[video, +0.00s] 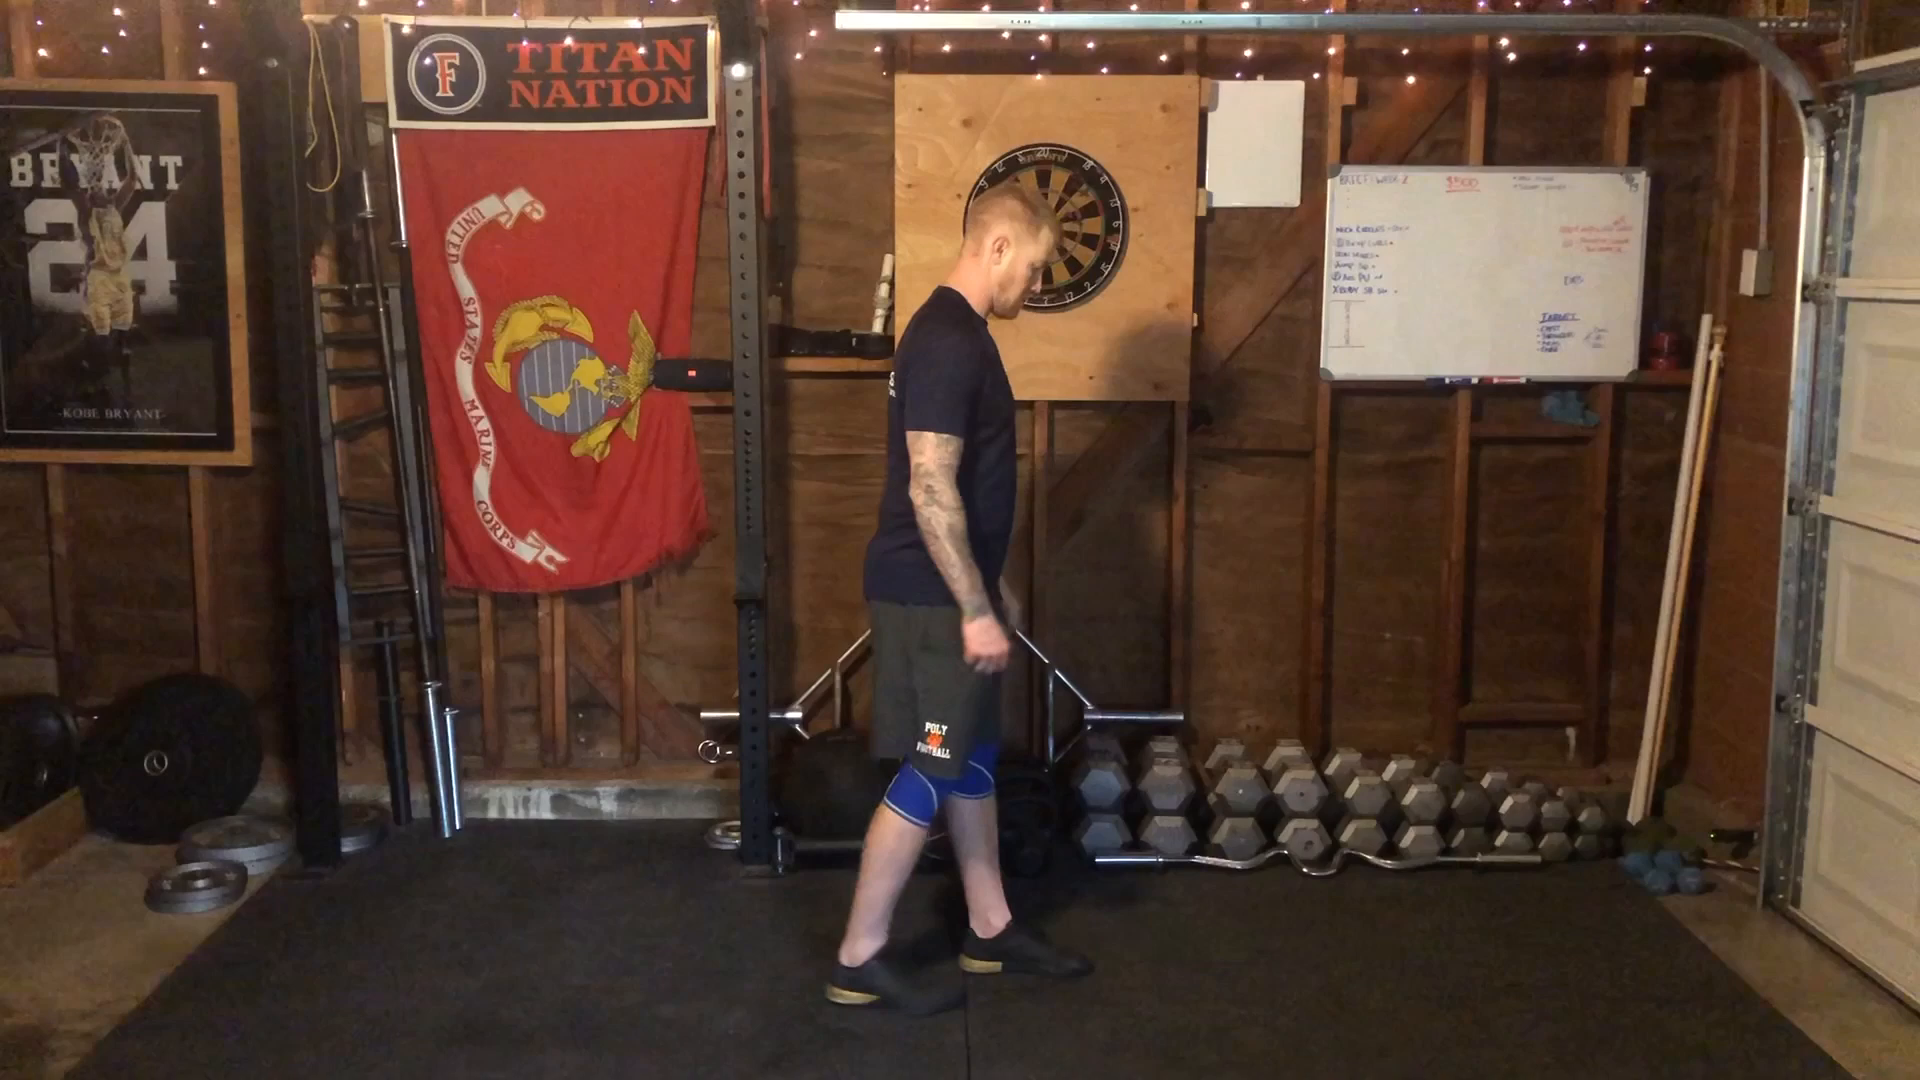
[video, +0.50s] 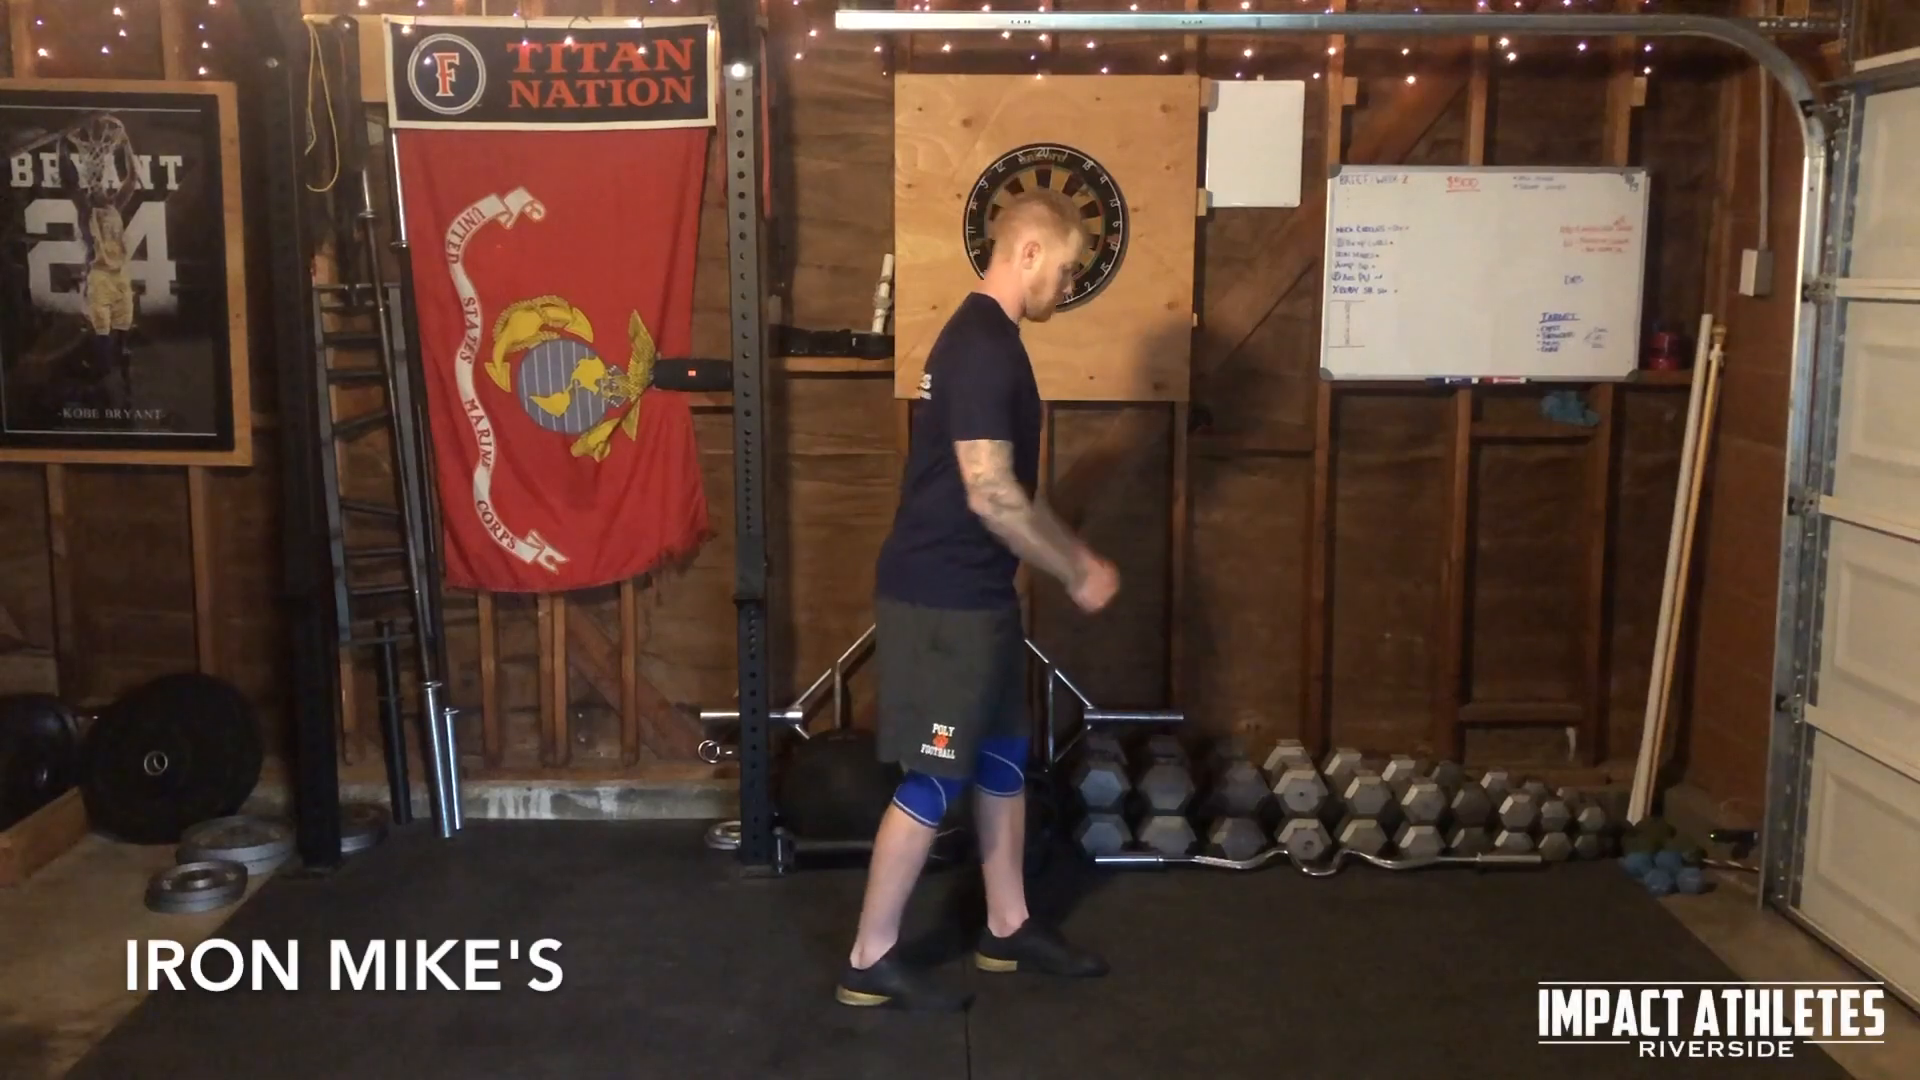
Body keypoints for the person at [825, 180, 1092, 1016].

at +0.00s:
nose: (1034, 288)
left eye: (1039, 273)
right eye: (1033, 269)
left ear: (988, 246)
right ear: (996, 247)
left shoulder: (956, 330)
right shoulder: (947, 337)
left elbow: (952, 481)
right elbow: (929, 484)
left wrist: (986, 594)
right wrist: (974, 609)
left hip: (953, 583)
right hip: (926, 588)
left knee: (972, 762)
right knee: (927, 770)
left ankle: (991, 930)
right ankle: (859, 956)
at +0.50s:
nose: (1065, 290)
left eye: (1071, 275)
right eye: (1065, 271)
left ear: (1019, 254)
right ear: (1028, 253)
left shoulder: (996, 339)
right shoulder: (981, 341)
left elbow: (1007, 484)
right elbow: (988, 489)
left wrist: (1073, 554)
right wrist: (1074, 566)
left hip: (986, 596)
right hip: (940, 597)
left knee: (1003, 760)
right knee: (931, 776)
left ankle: (1008, 930)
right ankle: (870, 956)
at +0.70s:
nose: (1089, 295)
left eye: (1096, 280)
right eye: (1090, 275)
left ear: (1039, 256)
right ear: (1050, 256)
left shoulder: (1003, 338)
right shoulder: (1006, 343)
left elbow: (1030, 475)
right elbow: (1039, 483)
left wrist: (1111, 493)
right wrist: (1134, 505)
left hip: (979, 590)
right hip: (935, 589)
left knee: (999, 757)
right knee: (921, 761)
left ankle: (1007, 930)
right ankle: (778, 915)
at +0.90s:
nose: (1091, 330)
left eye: (1096, 314)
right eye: (1091, 311)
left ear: (1044, 296)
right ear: (1057, 298)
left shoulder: (1001, 369)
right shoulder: (1015, 378)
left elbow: (1012, 508)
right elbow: (1034, 522)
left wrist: (1094, 506)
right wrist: (1119, 521)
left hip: (962, 612)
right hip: (923, 612)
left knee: (1046, 722)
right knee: (865, 782)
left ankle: (1010, 927)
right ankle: (669, 903)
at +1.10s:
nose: (1080, 430)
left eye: (1084, 416)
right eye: (1080, 414)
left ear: (1032, 399)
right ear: (1044, 404)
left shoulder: (995, 469)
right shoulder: (990, 483)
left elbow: (981, 596)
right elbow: (984, 632)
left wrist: (1052, 605)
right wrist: (1072, 620)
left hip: (952, 690)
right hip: (888, 703)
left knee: (1066, 750)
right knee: (845, 895)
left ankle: (1011, 928)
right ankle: (634, 929)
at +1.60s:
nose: (1052, 417)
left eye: (1054, 401)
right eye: (1048, 400)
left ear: (993, 394)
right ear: (1006, 395)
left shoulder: (981, 474)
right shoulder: (965, 477)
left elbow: (970, 599)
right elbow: (970, 617)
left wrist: (1038, 584)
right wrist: (1057, 579)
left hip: (950, 689)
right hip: (887, 704)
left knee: (1071, 755)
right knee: (839, 896)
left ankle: (1012, 930)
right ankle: (628, 930)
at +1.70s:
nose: (1061, 327)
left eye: (1064, 309)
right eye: (1057, 307)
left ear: (1012, 298)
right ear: (1016, 296)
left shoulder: (988, 382)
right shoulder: (969, 380)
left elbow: (979, 498)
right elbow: (969, 508)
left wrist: (1055, 484)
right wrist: (1060, 488)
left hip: (950, 613)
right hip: (894, 615)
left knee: (1020, 739)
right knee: (862, 803)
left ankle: (1008, 926)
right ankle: (674, 902)